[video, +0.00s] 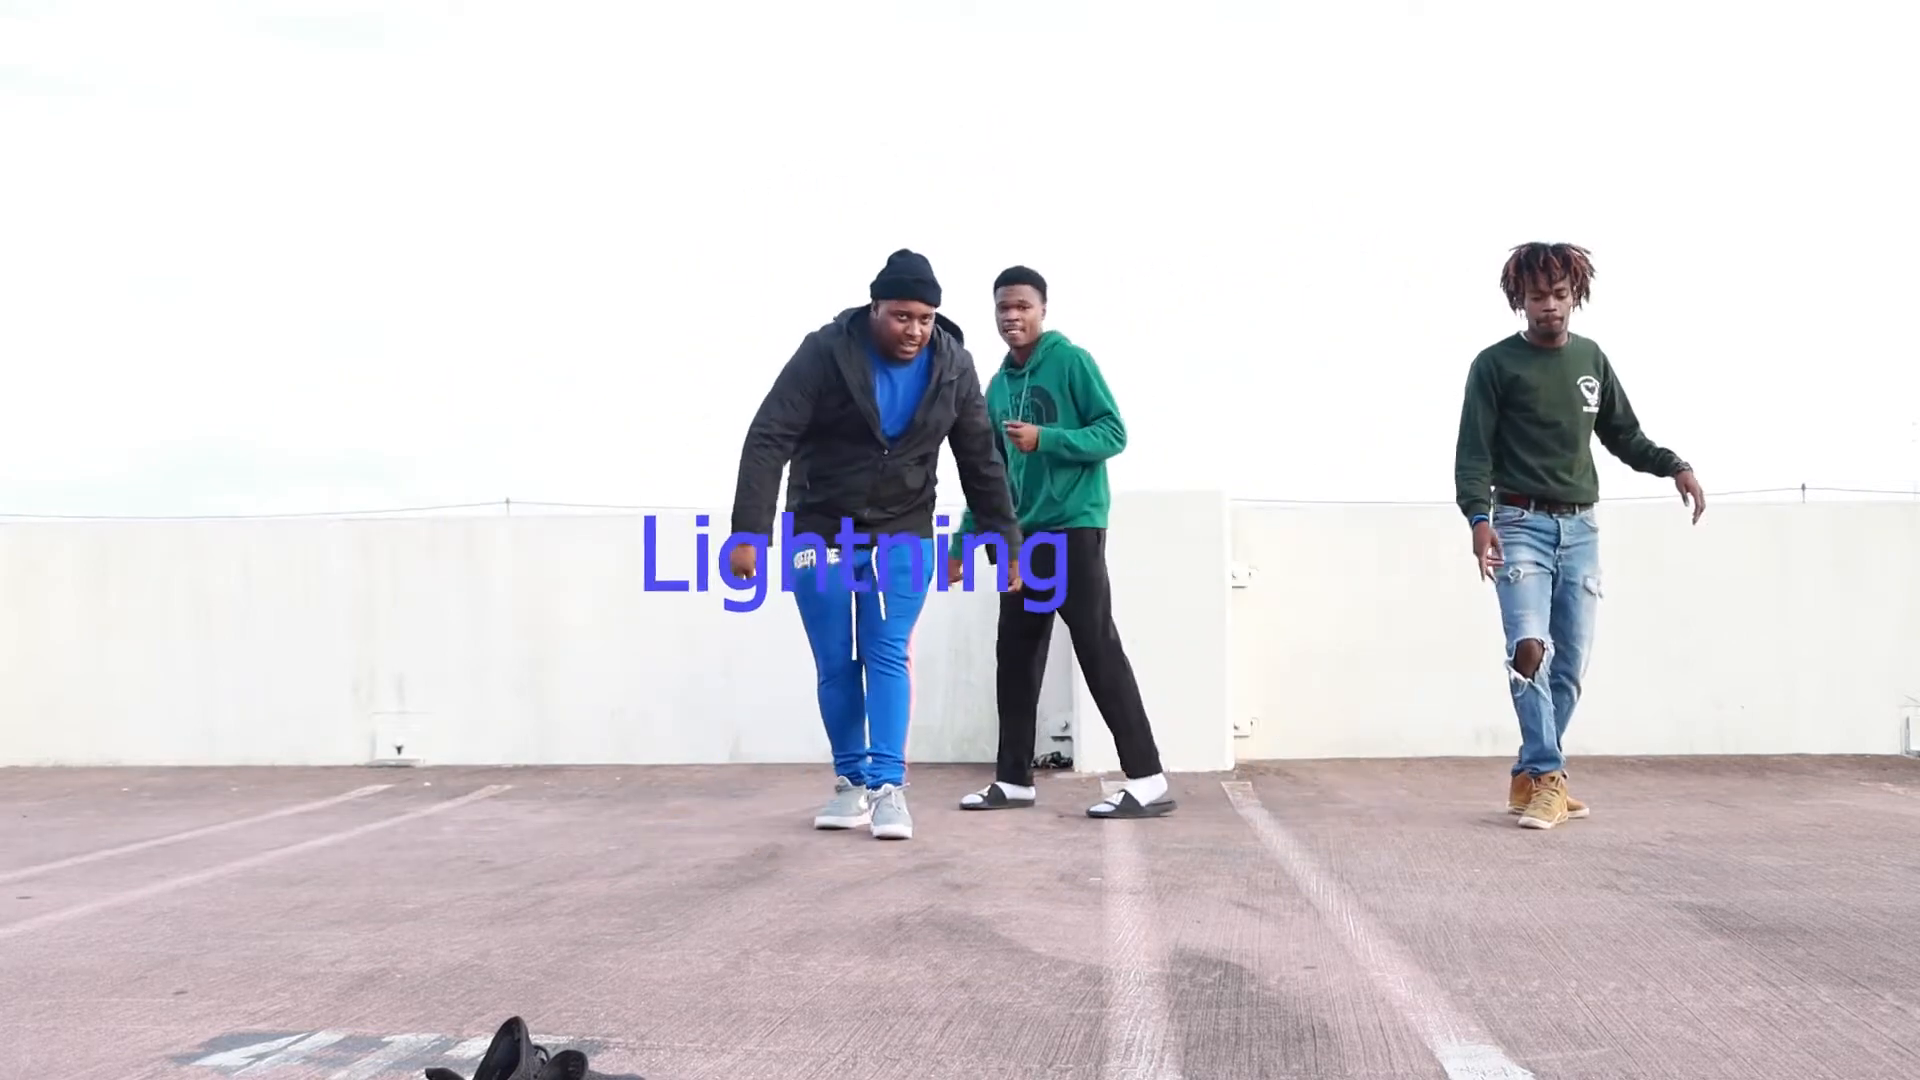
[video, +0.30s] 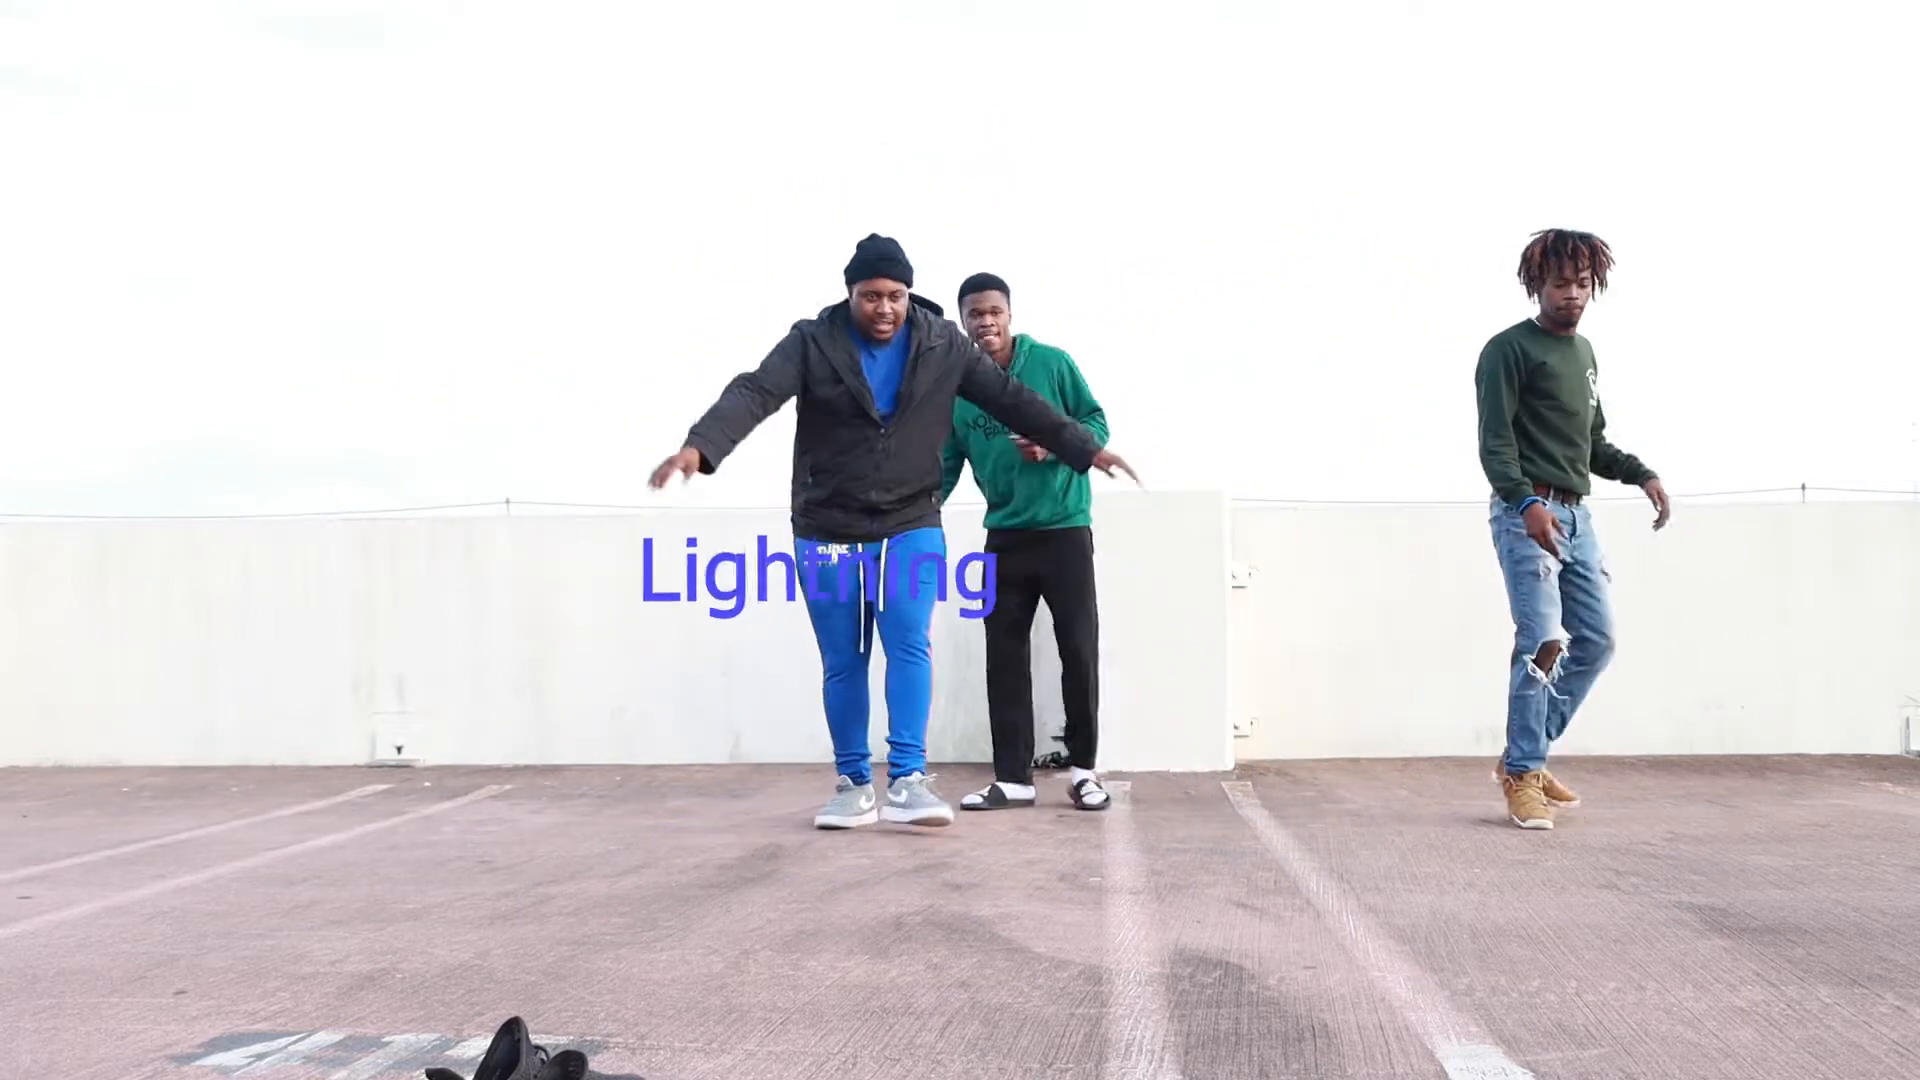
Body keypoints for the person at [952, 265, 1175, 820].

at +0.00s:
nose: (1013, 316)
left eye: (1023, 306)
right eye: (1005, 308)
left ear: (1044, 310)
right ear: (996, 316)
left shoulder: (1070, 361)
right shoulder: (998, 387)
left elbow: (1112, 434)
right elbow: (987, 474)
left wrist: (1044, 438)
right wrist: (964, 541)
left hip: (1075, 528)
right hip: (1022, 534)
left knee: (1098, 651)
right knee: (1015, 657)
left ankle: (1148, 781)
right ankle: (1014, 782)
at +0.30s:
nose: (986, 322)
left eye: (994, 312)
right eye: (975, 314)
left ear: (1011, 314)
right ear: (963, 322)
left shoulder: (1051, 362)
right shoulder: (961, 388)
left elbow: (1095, 427)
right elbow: (941, 473)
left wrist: (1053, 444)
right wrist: (905, 510)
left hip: (1065, 532)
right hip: (1006, 537)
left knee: (1079, 655)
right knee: (1005, 659)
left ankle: (1082, 772)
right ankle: (1013, 781)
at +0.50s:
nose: (997, 324)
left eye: (1004, 314)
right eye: (986, 316)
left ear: (1017, 316)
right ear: (967, 322)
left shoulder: (1052, 368)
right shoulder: (960, 387)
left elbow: (1094, 434)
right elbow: (948, 478)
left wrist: (1073, 445)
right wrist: (934, 548)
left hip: (1058, 535)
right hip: (998, 537)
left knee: (1065, 646)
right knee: (1000, 655)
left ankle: (1040, 751)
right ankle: (1011, 779)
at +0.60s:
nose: (1008, 325)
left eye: (1015, 315)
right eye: (997, 317)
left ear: (1027, 316)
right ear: (978, 321)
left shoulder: (1059, 379)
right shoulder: (968, 391)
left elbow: (1094, 437)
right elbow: (959, 478)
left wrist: (1082, 444)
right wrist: (961, 550)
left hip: (1057, 537)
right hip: (998, 539)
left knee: (1059, 650)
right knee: (1000, 657)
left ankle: (1033, 760)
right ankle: (1009, 776)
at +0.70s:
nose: (1020, 326)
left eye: (1027, 316)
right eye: (1008, 318)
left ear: (1037, 319)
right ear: (988, 323)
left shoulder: (1062, 381)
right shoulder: (975, 388)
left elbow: (1089, 450)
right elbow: (959, 477)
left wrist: (1092, 449)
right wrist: (970, 549)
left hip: (1055, 536)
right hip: (998, 537)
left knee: (1049, 656)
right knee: (1003, 657)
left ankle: (1033, 764)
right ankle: (1009, 774)